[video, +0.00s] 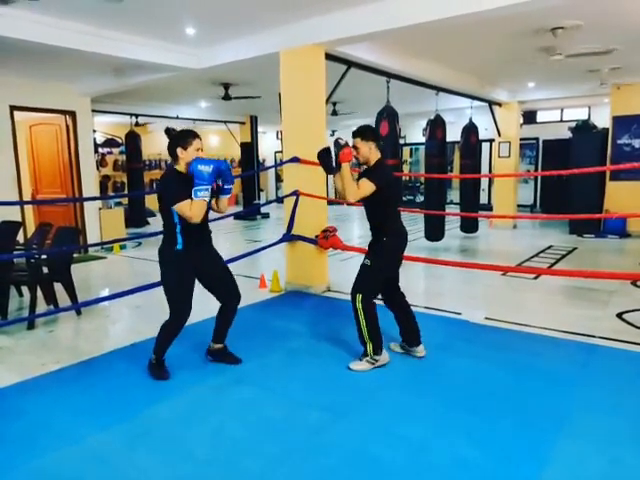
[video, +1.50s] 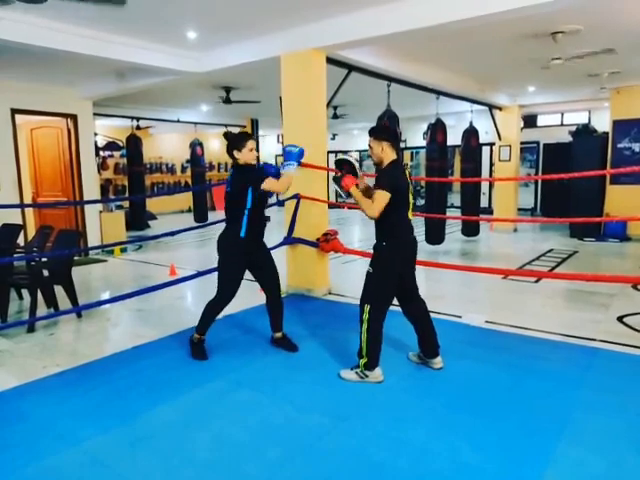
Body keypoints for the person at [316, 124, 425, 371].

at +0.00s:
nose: (355, 152)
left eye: (357, 147)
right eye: (354, 148)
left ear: (372, 146)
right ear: (369, 148)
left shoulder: (380, 171)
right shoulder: (372, 170)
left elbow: (353, 196)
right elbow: (344, 194)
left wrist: (345, 163)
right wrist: (336, 170)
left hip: (387, 240)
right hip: (390, 238)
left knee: (360, 294)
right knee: (391, 292)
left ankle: (375, 354)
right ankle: (413, 343)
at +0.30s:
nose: (348, 151)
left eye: (350, 146)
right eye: (348, 147)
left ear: (364, 146)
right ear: (368, 146)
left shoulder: (366, 171)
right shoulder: (379, 167)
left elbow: (330, 185)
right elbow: (340, 182)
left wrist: (316, 158)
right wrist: (319, 164)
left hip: (380, 244)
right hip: (396, 240)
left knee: (360, 302)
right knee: (398, 296)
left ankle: (367, 364)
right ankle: (414, 344)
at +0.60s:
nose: (352, 151)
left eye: (355, 146)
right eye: (352, 146)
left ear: (370, 146)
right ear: (368, 147)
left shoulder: (384, 174)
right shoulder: (363, 170)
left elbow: (365, 208)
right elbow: (324, 169)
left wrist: (348, 181)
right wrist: (292, 162)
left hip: (385, 245)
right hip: (387, 242)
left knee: (368, 304)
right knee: (398, 298)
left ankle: (367, 366)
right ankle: (428, 349)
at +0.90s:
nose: (364, 149)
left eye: (366, 144)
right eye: (364, 145)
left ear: (379, 145)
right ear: (385, 145)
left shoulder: (378, 172)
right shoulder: (397, 168)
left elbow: (343, 194)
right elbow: (374, 191)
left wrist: (340, 164)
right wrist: (357, 172)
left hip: (385, 247)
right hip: (404, 244)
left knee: (362, 305)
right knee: (409, 299)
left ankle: (368, 366)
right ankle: (431, 352)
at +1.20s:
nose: (364, 149)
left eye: (366, 144)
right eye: (364, 144)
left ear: (378, 144)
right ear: (387, 144)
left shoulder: (377, 171)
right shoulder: (396, 168)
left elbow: (340, 187)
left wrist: (326, 163)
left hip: (385, 247)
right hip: (403, 243)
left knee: (364, 305)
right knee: (408, 298)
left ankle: (368, 367)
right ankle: (430, 352)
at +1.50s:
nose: (370, 152)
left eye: (372, 147)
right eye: (370, 147)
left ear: (385, 146)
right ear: (389, 146)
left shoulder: (389, 173)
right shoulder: (398, 170)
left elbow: (373, 211)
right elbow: (387, 205)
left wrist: (353, 191)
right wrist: (366, 190)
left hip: (389, 248)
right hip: (404, 245)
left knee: (371, 305)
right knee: (411, 299)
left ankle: (368, 367)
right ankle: (431, 354)